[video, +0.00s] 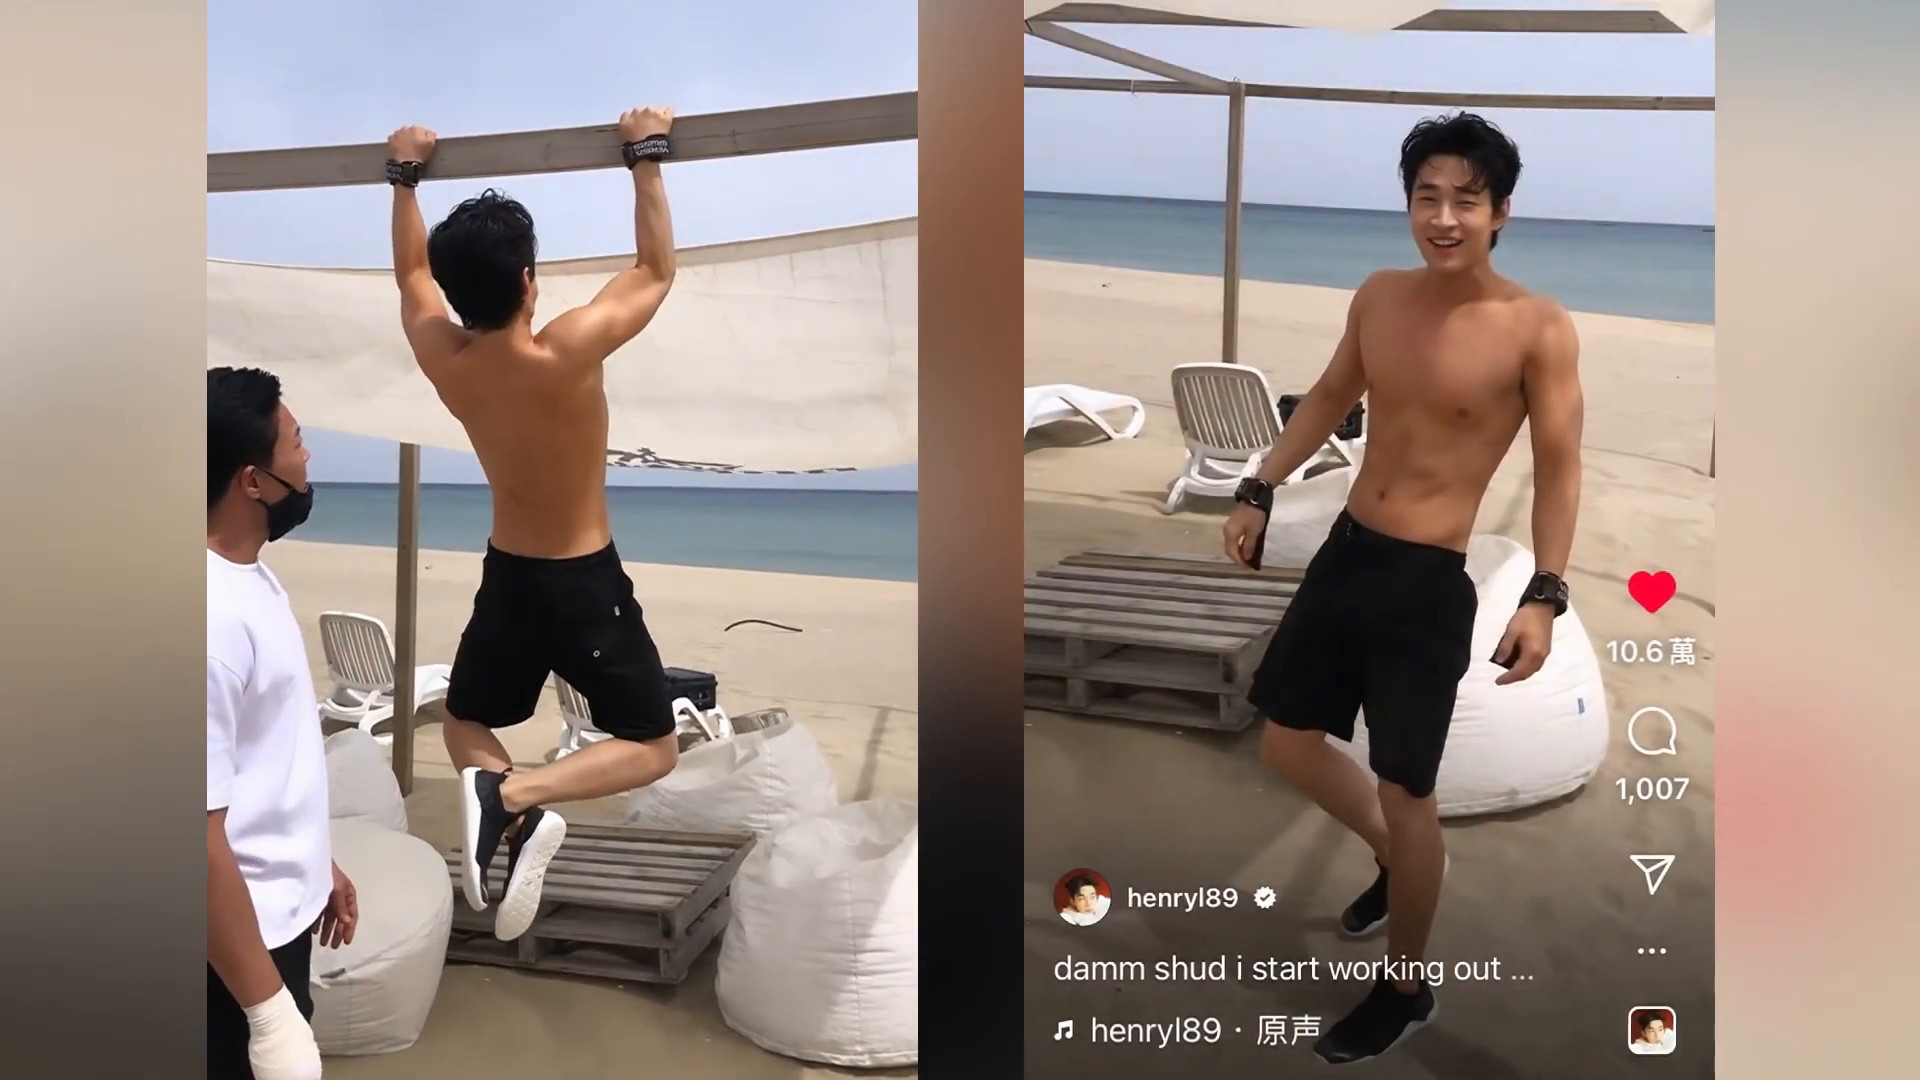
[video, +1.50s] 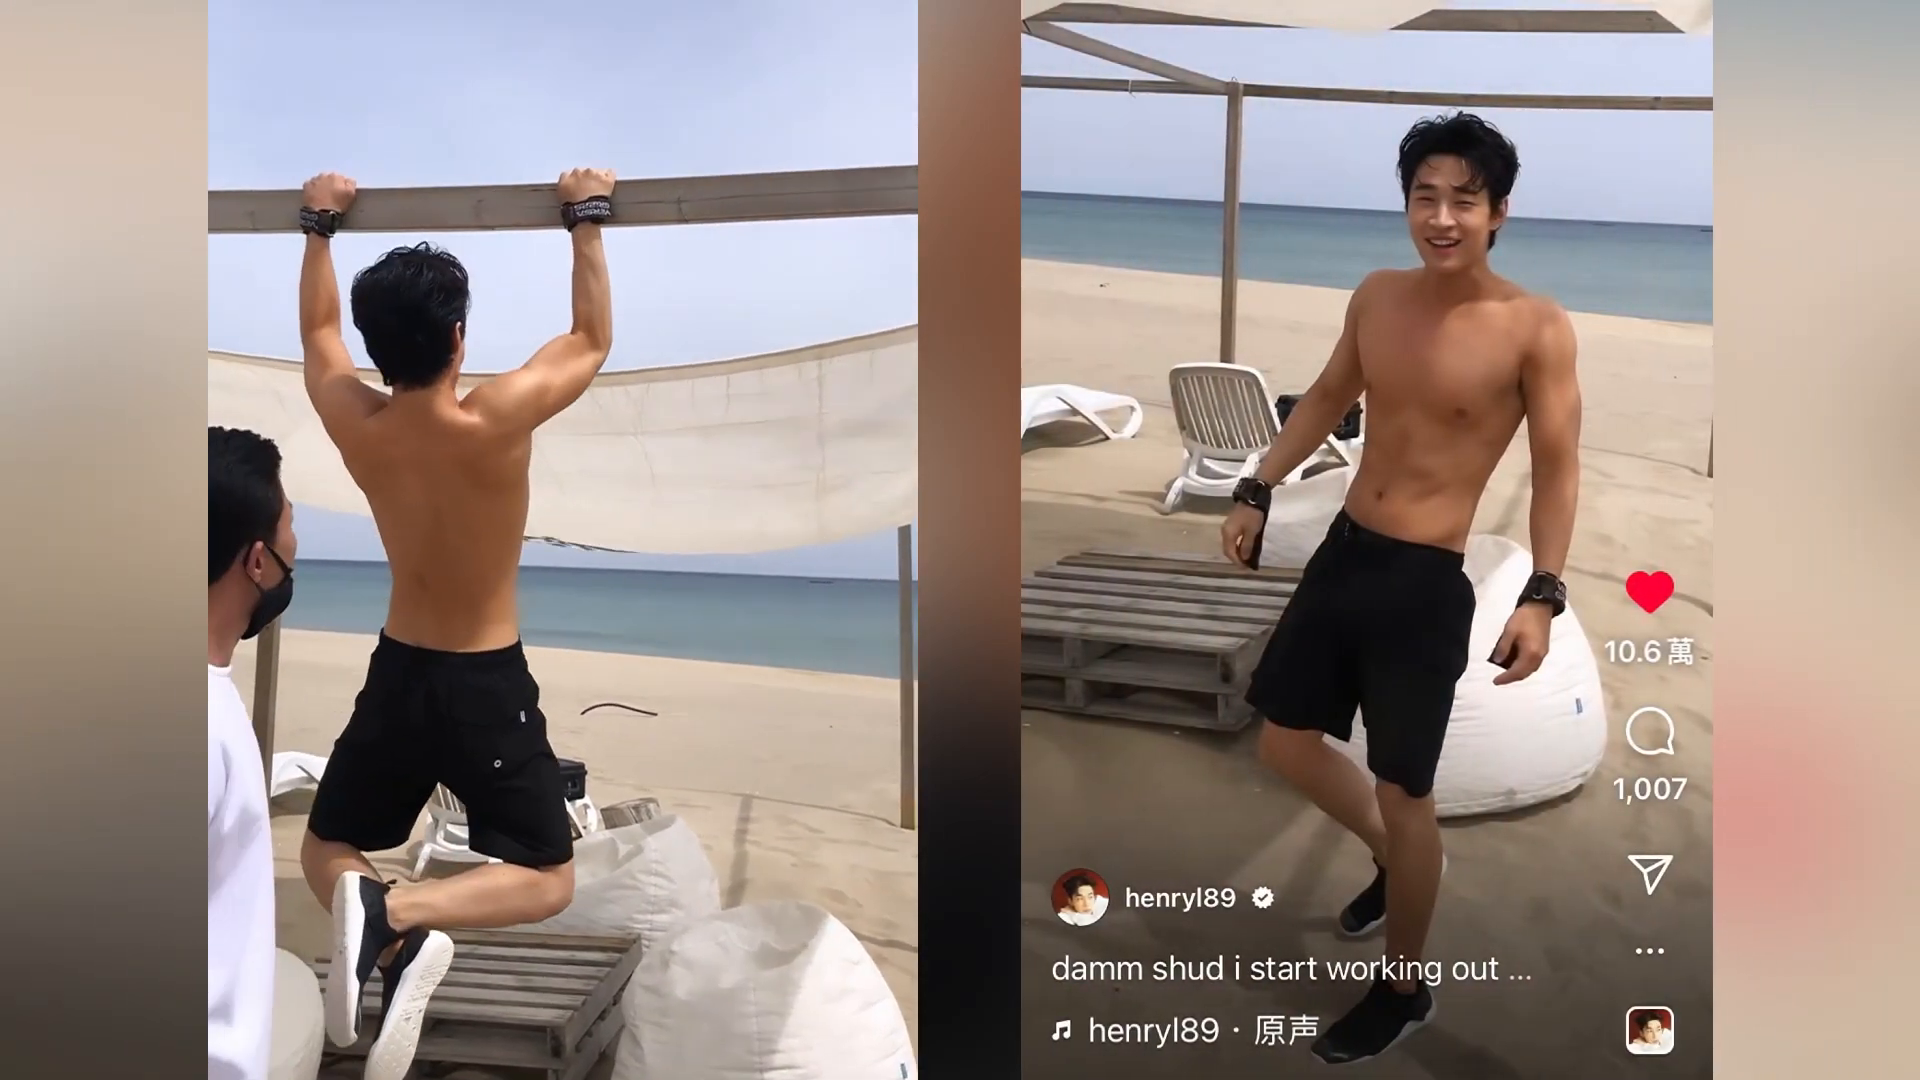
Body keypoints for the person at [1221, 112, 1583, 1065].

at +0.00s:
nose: (1442, 216)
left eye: (1464, 198)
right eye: (1426, 197)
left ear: (1500, 211)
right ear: (1407, 208)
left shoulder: (1536, 328)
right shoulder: (1380, 297)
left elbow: (1558, 468)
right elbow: (1331, 398)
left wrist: (1543, 595)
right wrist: (1258, 484)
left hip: (1429, 579)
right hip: (1347, 554)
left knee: (1404, 799)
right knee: (1286, 742)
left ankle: (1405, 982)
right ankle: (1400, 847)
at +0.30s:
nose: (1440, 216)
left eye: (1462, 198)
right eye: (1424, 197)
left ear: (1498, 210)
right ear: (1405, 208)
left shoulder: (1534, 328)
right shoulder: (1378, 297)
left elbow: (1556, 468)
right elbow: (1330, 397)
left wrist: (1541, 595)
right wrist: (1256, 483)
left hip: (1426, 579)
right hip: (1345, 553)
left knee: (1402, 800)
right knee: (1284, 742)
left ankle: (1403, 981)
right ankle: (1399, 847)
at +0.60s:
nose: (1440, 216)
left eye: (1462, 198)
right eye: (1424, 197)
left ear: (1498, 210)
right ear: (1406, 208)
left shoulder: (1534, 328)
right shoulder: (1378, 297)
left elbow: (1556, 468)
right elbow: (1330, 397)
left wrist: (1540, 595)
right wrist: (1256, 484)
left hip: (1427, 579)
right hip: (1345, 554)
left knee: (1402, 799)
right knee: (1284, 742)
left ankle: (1402, 982)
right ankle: (1398, 847)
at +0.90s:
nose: (1440, 216)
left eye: (1462, 198)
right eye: (1424, 197)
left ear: (1498, 210)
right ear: (1406, 208)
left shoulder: (1534, 328)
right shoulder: (1378, 297)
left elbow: (1556, 468)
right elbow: (1329, 398)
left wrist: (1540, 595)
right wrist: (1256, 484)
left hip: (1427, 579)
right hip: (1345, 554)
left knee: (1402, 798)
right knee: (1284, 742)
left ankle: (1402, 982)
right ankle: (1398, 847)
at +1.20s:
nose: (1440, 216)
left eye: (1462, 198)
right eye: (1424, 197)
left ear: (1498, 210)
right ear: (1406, 208)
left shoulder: (1534, 328)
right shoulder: (1378, 297)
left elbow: (1556, 468)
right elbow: (1329, 398)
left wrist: (1540, 595)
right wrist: (1256, 484)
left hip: (1427, 579)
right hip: (1345, 554)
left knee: (1402, 799)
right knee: (1284, 742)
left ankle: (1402, 981)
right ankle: (1398, 847)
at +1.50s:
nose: (1440, 216)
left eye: (1462, 198)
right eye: (1425, 197)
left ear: (1498, 210)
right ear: (1406, 208)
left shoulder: (1534, 327)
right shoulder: (1378, 297)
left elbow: (1556, 468)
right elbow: (1330, 397)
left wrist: (1540, 595)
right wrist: (1256, 484)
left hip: (1427, 579)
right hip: (1345, 554)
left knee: (1402, 798)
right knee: (1284, 742)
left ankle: (1402, 982)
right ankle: (1398, 847)